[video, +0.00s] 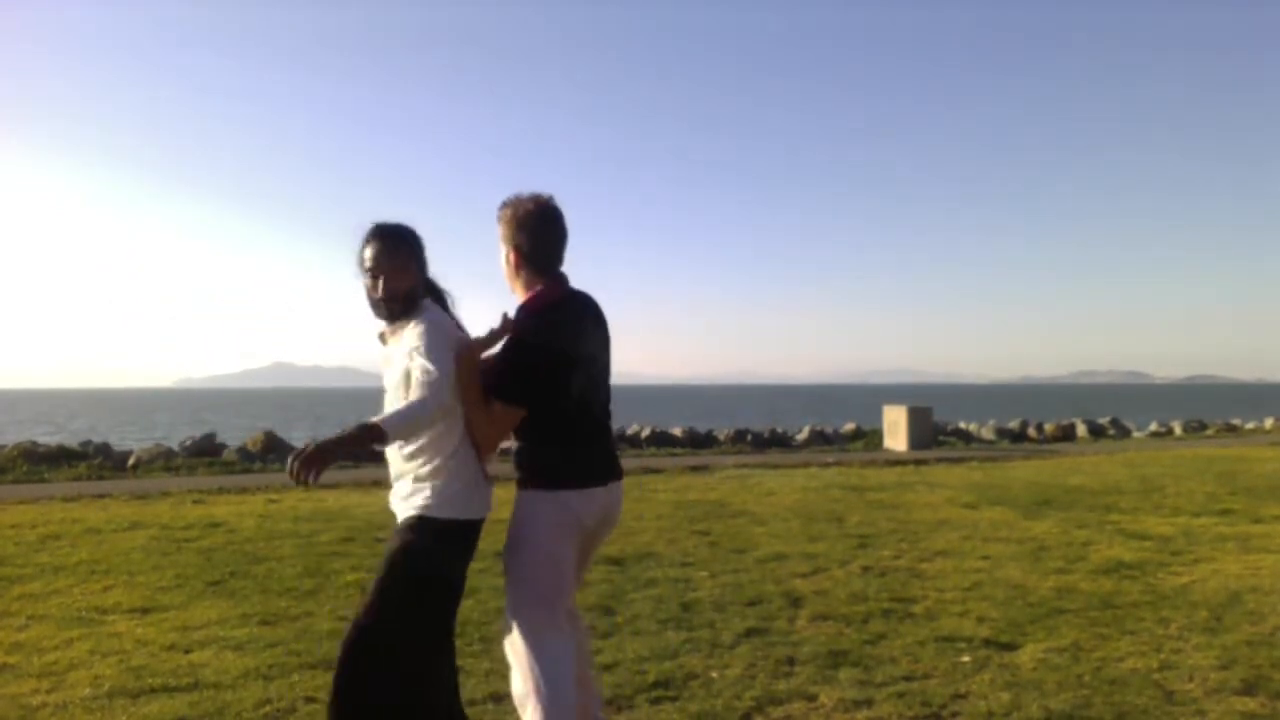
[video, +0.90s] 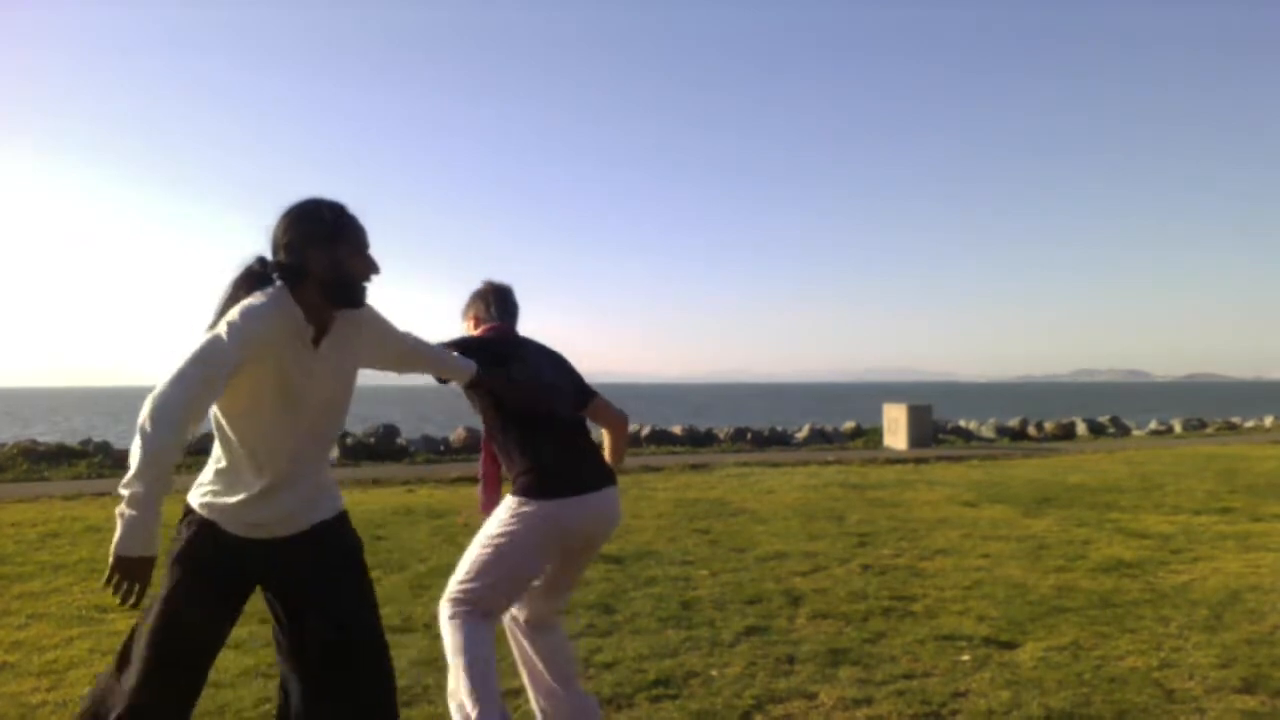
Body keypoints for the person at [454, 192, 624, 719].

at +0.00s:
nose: (501, 259)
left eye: (501, 249)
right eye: (502, 249)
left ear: (512, 255)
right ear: (560, 250)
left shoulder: (533, 329)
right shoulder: (587, 311)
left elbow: (488, 432)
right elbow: (556, 395)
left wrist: (467, 360)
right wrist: (502, 347)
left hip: (553, 497)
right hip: (601, 488)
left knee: (529, 624)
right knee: (556, 611)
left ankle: (551, 713)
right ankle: (585, 709)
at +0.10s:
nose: (502, 262)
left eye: (503, 253)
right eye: (503, 252)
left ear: (512, 259)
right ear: (560, 256)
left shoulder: (528, 334)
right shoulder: (585, 317)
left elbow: (488, 437)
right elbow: (557, 406)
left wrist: (468, 368)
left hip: (549, 498)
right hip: (598, 489)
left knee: (534, 626)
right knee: (553, 611)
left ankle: (553, 711)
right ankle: (583, 707)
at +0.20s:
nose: (501, 266)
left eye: (503, 257)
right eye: (503, 256)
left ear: (512, 264)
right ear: (557, 262)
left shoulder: (526, 334)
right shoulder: (585, 324)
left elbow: (500, 435)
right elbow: (571, 409)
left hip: (546, 498)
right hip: (596, 490)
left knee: (537, 633)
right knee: (556, 613)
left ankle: (556, 710)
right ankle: (583, 706)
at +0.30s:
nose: (502, 274)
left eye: (502, 265)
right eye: (504, 264)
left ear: (511, 271)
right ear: (554, 268)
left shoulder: (524, 336)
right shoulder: (586, 330)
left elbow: (511, 424)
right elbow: (615, 390)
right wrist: (563, 391)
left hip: (544, 502)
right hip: (598, 496)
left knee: (540, 632)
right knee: (556, 611)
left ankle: (560, 712)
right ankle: (584, 706)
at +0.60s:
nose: (495, 306)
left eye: (496, 298)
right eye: (497, 298)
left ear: (504, 299)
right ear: (544, 297)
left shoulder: (505, 349)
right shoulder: (580, 354)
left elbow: (472, 400)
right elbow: (636, 423)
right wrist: (592, 443)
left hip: (545, 507)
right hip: (603, 502)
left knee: (539, 635)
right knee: (554, 616)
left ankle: (563, 712)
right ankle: (580, 705)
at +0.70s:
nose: (491, 315)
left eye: (491, 308)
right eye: (493, 309)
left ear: (499, 307)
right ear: (537, 306)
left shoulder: (501, 344)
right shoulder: (569, 356)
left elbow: (455, 368)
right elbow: (635, 425)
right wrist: (603, 460)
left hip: (552, 506)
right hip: (604, 499)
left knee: (519, 639)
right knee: (554, 615)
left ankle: (549, 714)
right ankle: (582, 710)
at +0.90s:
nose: (467, 331)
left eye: (468, 325)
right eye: (467, 326)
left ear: (478, 322)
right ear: (513, 319)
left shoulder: (475, 351)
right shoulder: (546, 356)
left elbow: (412, 356)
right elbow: (617, 422)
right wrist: (611, 467)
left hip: (543, 502)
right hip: (600, 499)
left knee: (463, 607)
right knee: (532, 614)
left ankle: (480, 714)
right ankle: (573, 714)